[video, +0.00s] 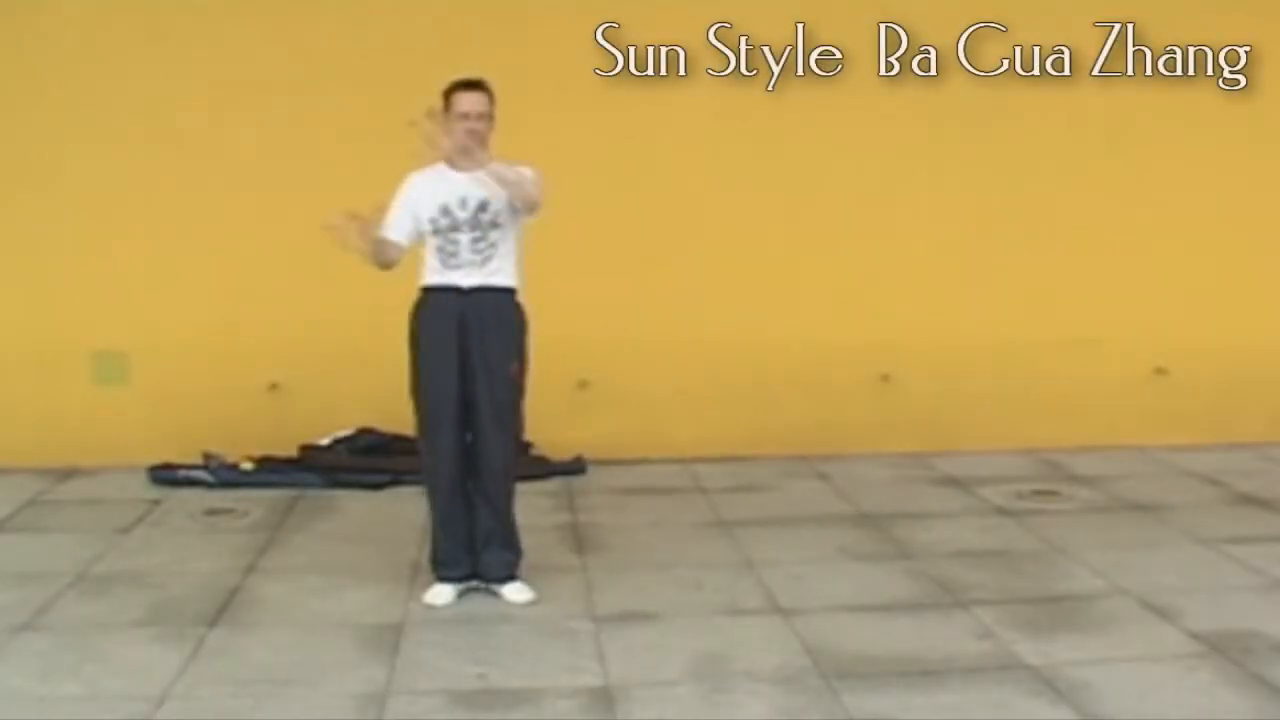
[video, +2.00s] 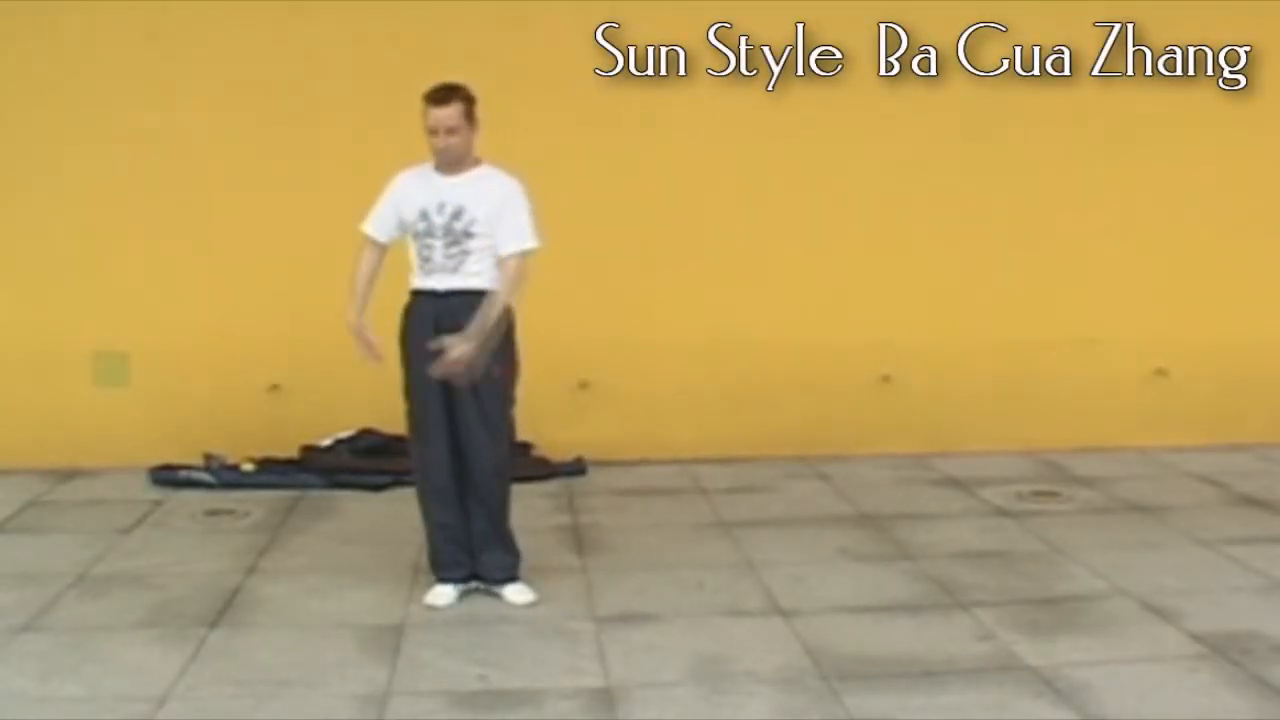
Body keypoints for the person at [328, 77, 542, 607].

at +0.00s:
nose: (473, 127)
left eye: (482, 118)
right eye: (462, 118)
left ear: (493, 124)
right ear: (444, 124)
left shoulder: (511, 177)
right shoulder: (422, 184)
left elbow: (530, 201)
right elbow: (389, 255)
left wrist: (472, 163)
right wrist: (366, 240)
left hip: (496, 312)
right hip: (438, 313)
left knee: (497, 443)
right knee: (442, 445)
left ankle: (500, 568)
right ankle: (451, 570)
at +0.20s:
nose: (489, 127)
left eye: (495, 119)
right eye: (478, 118)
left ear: (501, 125)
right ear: (452, 123)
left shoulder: (510, 181)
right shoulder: (423, 183)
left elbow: (573, 182)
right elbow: (407, 250)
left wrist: (545, 131)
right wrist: (469, 232)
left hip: (498, 310)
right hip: (441, 312)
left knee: (501, 442)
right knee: (446, 443)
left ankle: (502, 567)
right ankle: (453, 568)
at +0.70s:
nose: (512, 131)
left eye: (513, 121)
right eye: (503, 121)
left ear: (494, 126)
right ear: (468, 122)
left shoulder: (507, 180)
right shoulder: (436, 180)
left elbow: (572, 175)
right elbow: (481, 241)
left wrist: (603, 124)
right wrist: (570, 227)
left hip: (499, 312)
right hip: (448, 314)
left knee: (503, 442)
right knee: (453, 444)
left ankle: (501, 568)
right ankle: (454, 569)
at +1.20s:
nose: (489, 139)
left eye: (496, 130)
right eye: (479, 128)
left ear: (502, 131)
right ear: (453, 126)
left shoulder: (512, 182)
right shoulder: (427, 181)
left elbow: (587, 199)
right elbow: (462, 246)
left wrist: (658, 200)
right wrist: (525, 289)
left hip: (497, 312)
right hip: (442, 314)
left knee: (500, 443)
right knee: (447, 444)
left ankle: (501, 569)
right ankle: (453, 570)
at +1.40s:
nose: (479, 142)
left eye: (487, 132)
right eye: (469, 131)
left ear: (497, 131)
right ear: (448, 128)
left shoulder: (513, 186)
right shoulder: (422, 184)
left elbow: (573, 232)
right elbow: (432, 262)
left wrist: (635, 274)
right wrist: (466, 326)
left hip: (496, 312)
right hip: (437, 312)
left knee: (499, 444)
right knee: (445, 445)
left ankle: (502, 569)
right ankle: (453, 570)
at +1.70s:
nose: (463, 142)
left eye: (472, 132)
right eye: (454, 132)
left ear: (488, 131)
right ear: (439, 132)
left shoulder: (512, 186)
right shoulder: (414, 184)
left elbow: (546, 259)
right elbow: (389, 257)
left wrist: (562, 333)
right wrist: (395, 334)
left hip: (492, 314)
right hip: (433, 315)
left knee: (496, 446)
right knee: (441, 448)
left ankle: (501, 568)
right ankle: (452, 570)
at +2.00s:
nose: (442, 140)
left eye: (451, 130)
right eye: (434, 131)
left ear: (473, 130)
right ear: (425, 132)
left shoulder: (501, 188)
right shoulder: (408, 185)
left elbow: (514, 270)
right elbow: (373, 245)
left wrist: (476, 337)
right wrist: (357, 313)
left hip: (484, 310)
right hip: (426, 310)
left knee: (486, 446)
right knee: (432, 448)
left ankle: (499, 567)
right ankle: (450, 570)